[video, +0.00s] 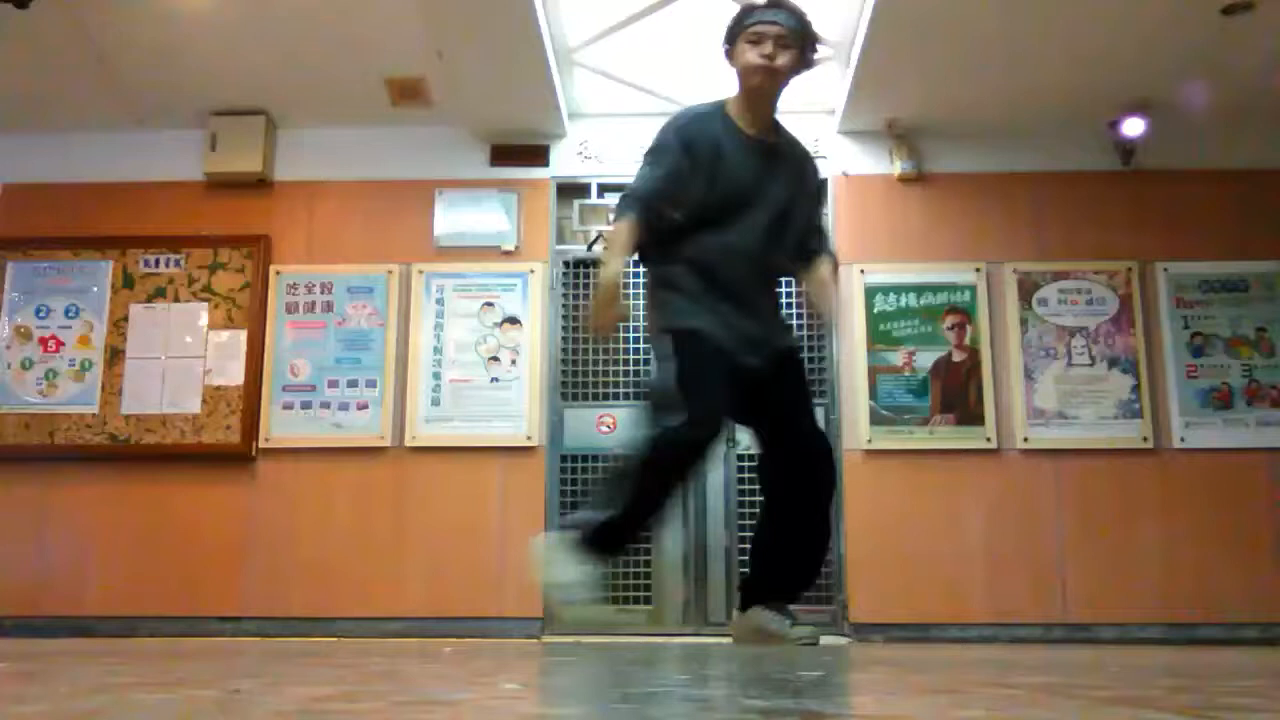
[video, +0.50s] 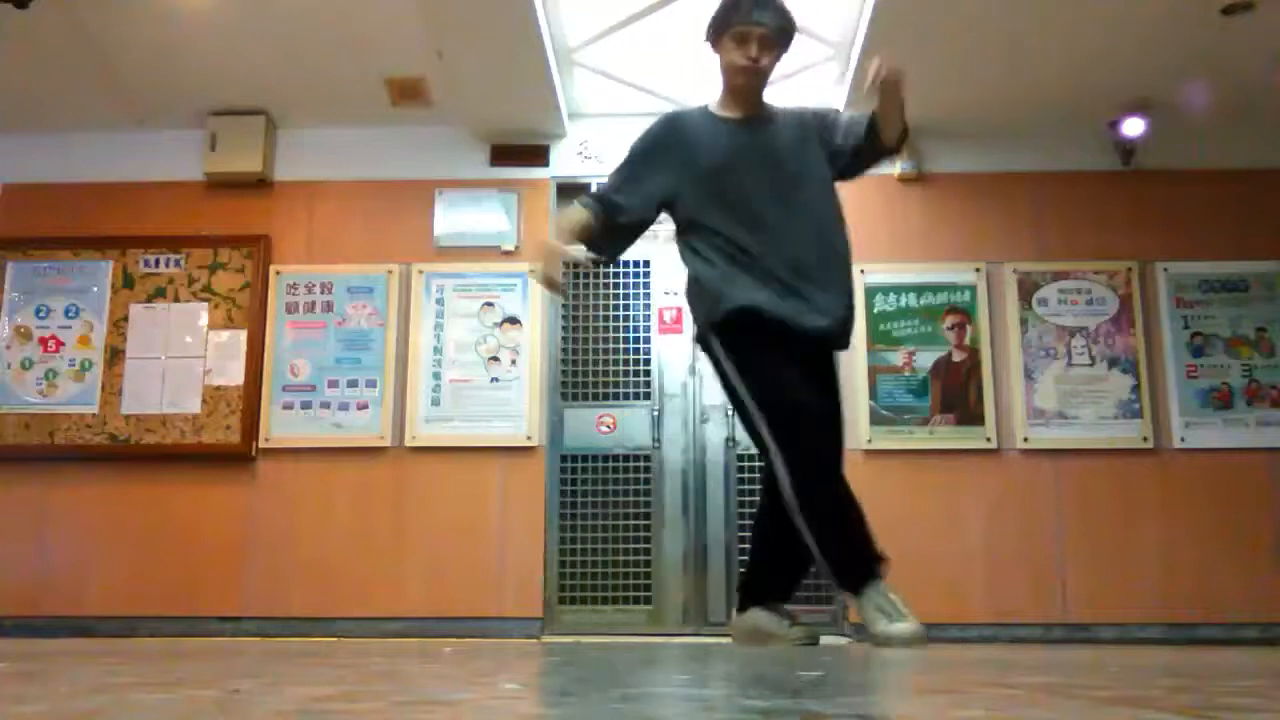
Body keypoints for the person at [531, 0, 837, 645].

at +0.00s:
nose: (767, 54)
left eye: (782, 46)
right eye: (756, 42)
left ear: (799, 63)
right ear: (732, 53)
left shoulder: (797, 166)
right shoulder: (694, 131)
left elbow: (811, 260)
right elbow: (634, 213)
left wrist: (846, 329)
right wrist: (608, 281)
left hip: (760, 326)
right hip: (690, 314)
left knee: (805, 460)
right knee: (696, 421)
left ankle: (763, 606)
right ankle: (587, 547)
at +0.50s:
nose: (754, 55)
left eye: (766, 45)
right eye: (741, 41)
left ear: (780, 54)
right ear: (716, 46)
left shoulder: (807, 130)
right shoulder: (681, 134)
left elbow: (880, 140)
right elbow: (611, 212)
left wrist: (888, 99)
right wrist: (561, 237)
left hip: (811, 315)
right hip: (735, 312)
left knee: (809, 452)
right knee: (797, 441)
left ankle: (760, 606)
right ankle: (867, 586)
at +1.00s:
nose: (749, 102)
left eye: (762, 88)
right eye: (737, 86)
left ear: (776, 90)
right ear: (711, 82)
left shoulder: (805, 166)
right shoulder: (671, 155)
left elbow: (887, 219)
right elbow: (603, 174)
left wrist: (978, 221)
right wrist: (585, 135)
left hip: (762, 350)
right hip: (679, 343)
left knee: (776, 467)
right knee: (644, 446)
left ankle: (753, 610)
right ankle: (638, 590)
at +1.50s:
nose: (736, 147)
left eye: (750, 134)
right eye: (726, 131)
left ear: (773, 123)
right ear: (708, 117)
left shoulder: (807, 178)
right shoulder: (676, 175)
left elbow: (863, 247)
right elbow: (612, 228)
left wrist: (932, 305)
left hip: (775, 362)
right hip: (692, 355)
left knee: (778, 484)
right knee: (626, 458)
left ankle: (756, 609)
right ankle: (565, 586)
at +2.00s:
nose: (793, 114)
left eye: (804, 102)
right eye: (783, 100)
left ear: (819, 95)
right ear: (756, 86)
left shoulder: (813, 139)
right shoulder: (695, 156)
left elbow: (789, 215)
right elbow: (616, 228)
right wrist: (582, 301)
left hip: (775, 322)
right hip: (705, 329)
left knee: (784, 456)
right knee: (729, 458)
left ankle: (764, 596)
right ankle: (725, 602)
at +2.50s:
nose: (806, 23)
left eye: (809, 13)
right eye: (802, 9)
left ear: (780, 12)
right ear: (767, 2)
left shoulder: (754, 82)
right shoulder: (716, 52)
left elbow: (733, 185)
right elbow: (627, 111)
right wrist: (605, 197)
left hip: (729, 280)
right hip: (674, 273)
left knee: (753, 428)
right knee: (692, 427)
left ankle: (735, 589)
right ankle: (652, 576)